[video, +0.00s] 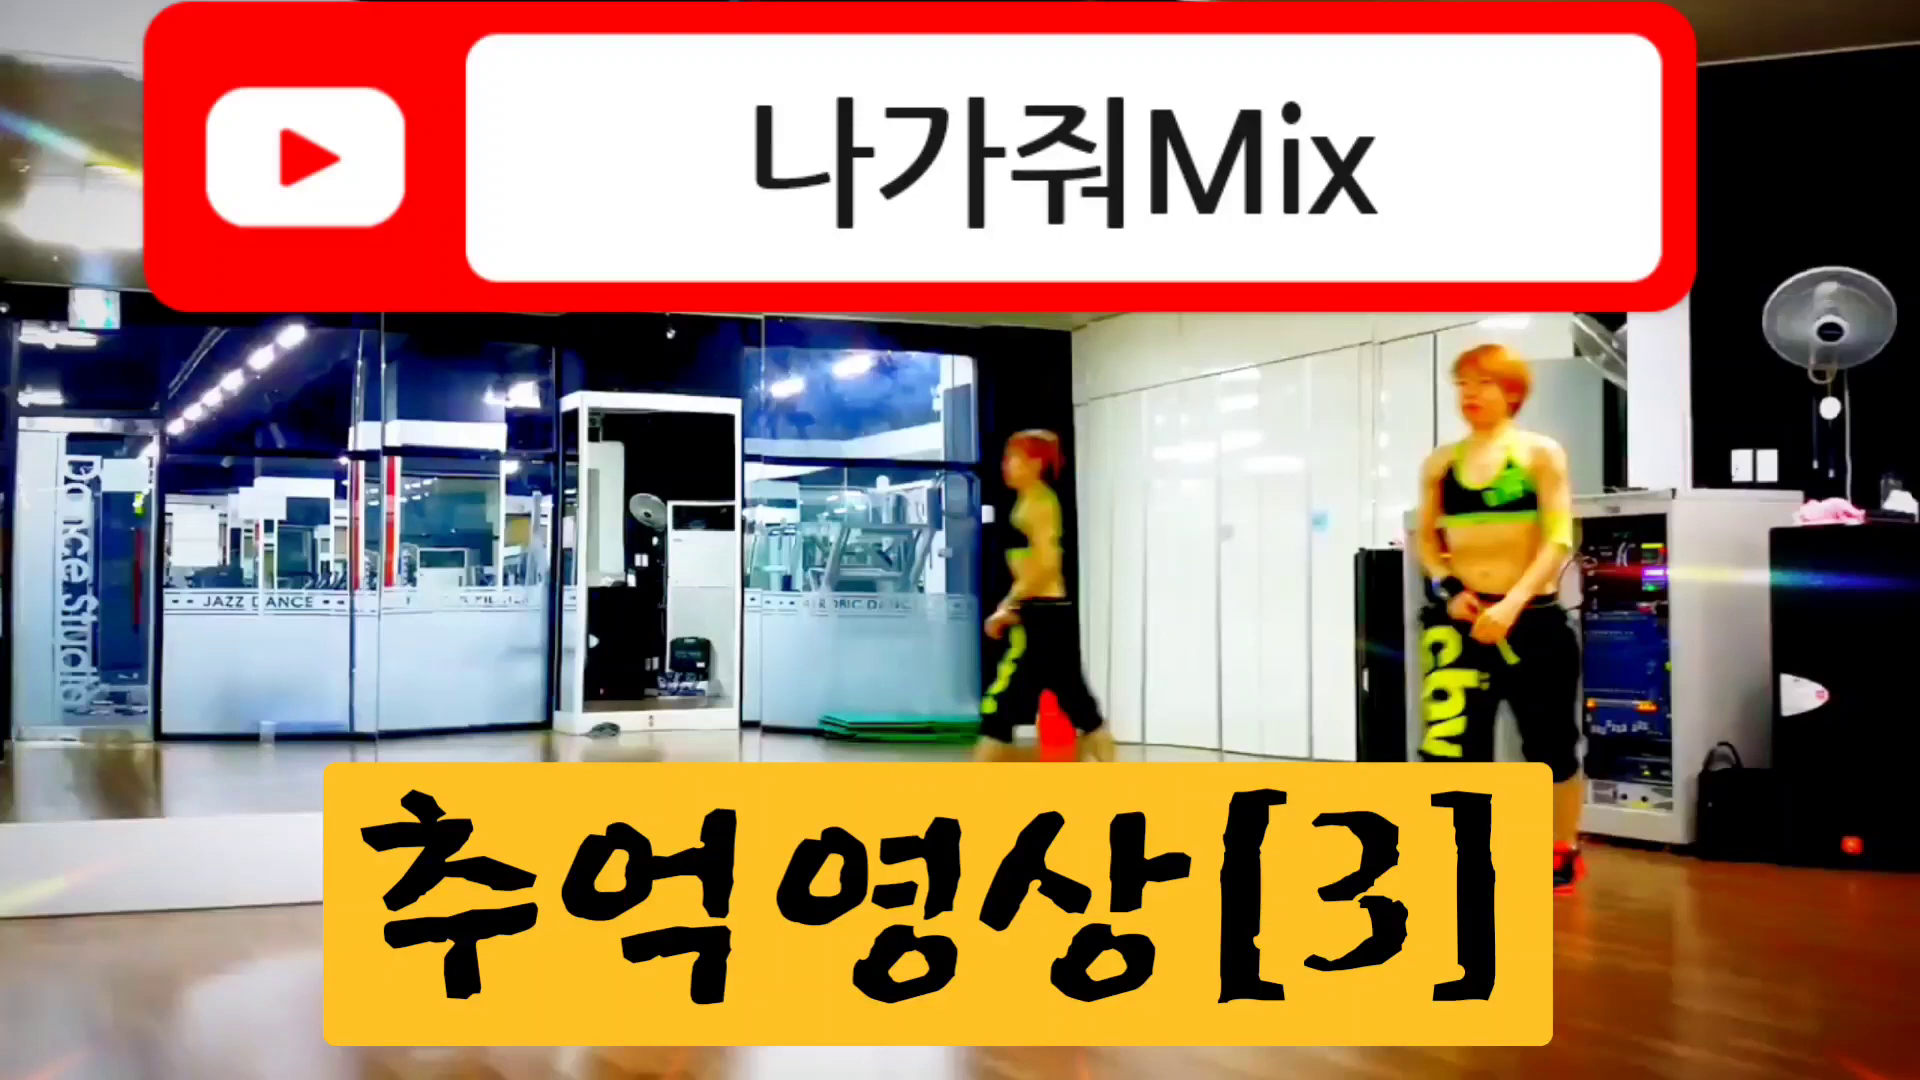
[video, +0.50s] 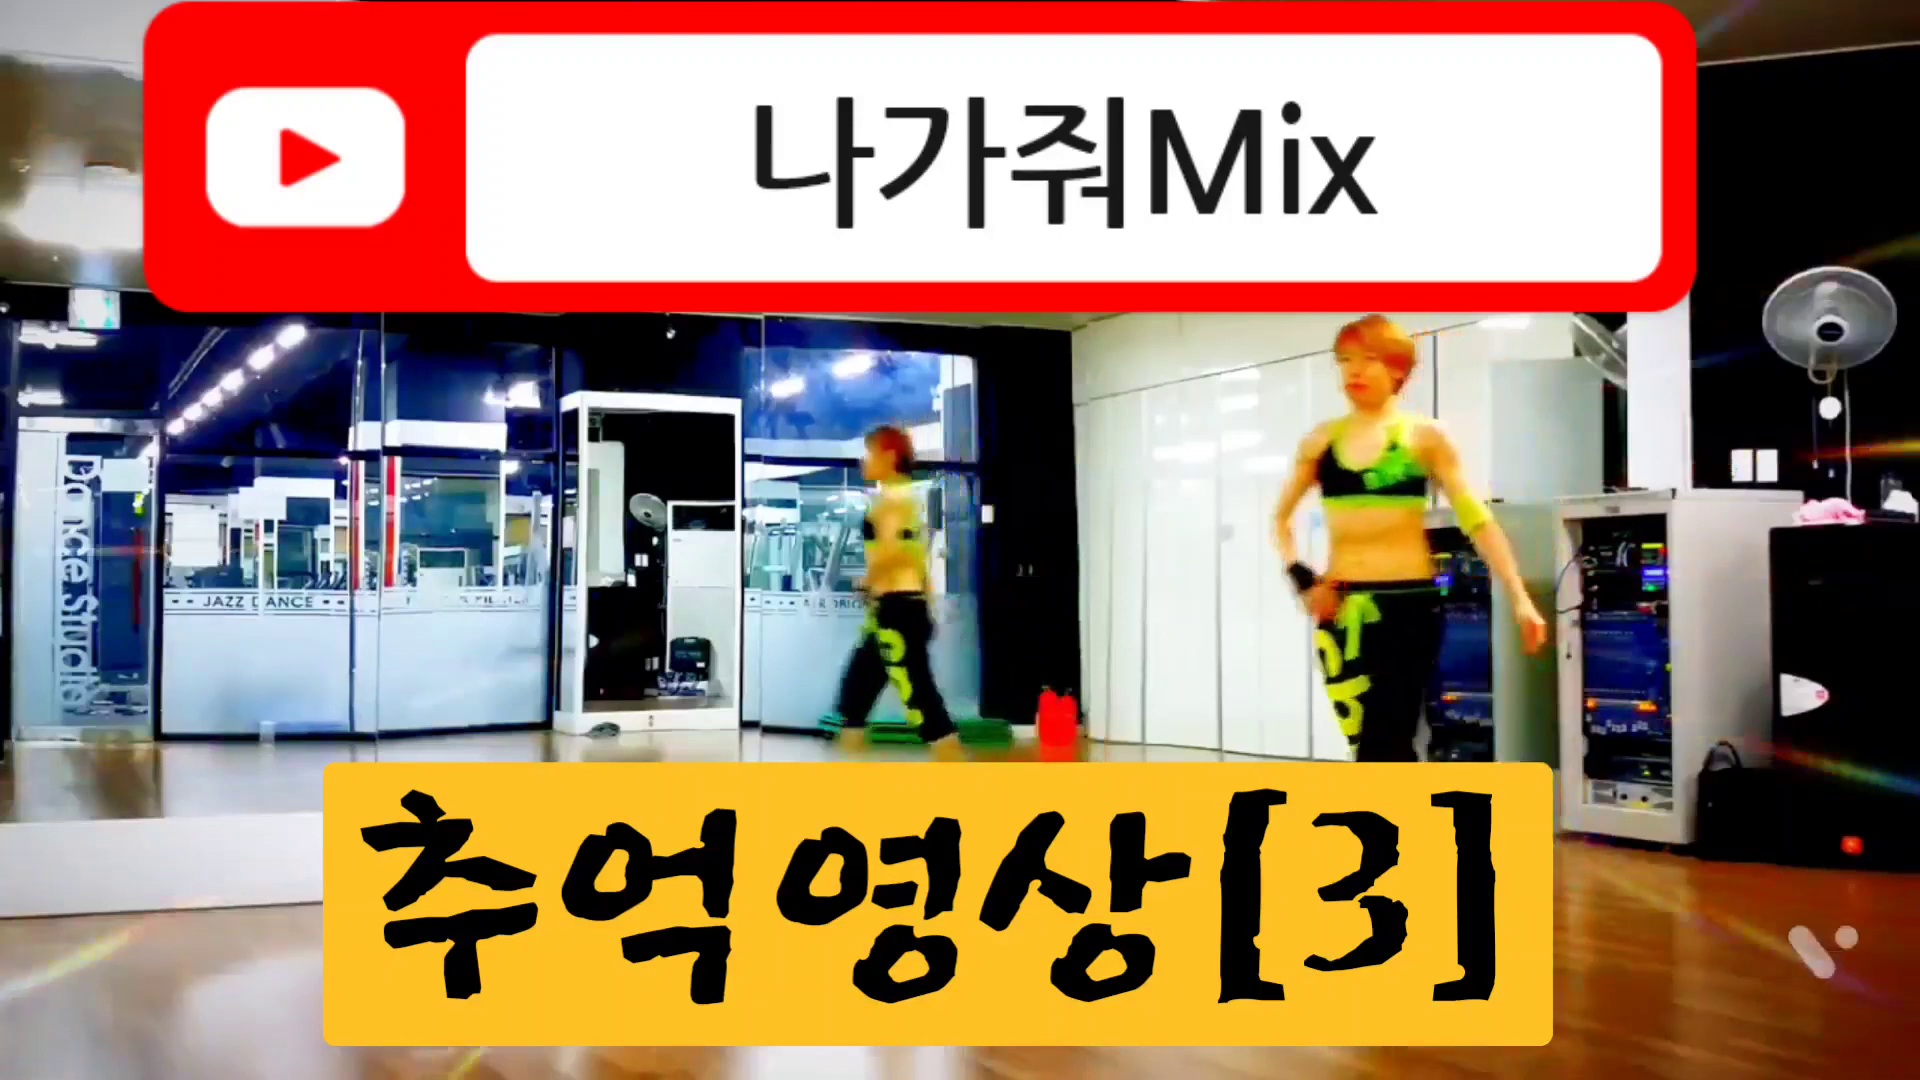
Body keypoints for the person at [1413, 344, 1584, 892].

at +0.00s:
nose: (1470, 395)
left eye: (1483, 384)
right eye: (1464, 384)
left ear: (1512, 393)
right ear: (1455, 392)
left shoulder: (1541, 456)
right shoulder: (1440, 464)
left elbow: (1559, 542)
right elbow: (1426, 542)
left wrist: (1510, 606)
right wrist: (1451, 589)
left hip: (1534, 621)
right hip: (1463, 624)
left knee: (1553, 749)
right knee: (1457, 753)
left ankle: (1562, 850)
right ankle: (1460, 854)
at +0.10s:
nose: (1470, 395)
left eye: (1484, 384)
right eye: (1464, 384)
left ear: (1512, 393)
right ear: (1455, 392)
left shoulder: (1541, 456)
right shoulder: (1440, 464)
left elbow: (1558, 542)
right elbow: (1426, 541)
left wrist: (1509, 606)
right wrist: (1451, 588)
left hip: (1534, 621)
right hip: (1463, 624)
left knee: (1553, 749)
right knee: (1458, 753)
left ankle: (1562, 850)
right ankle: (1461, 853)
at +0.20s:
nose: (1439, 391)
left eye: (1451, 380)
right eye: (1433, 380)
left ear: (1480, 387)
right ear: (1426, 387)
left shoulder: (1513, 451)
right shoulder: (1409, 461)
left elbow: (1536, 540)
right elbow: (1394, 545)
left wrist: (1512, 613)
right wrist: (1420, 588)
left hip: (1503, 624)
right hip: (1434, 626)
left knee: (1524, 750)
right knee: (1435, 752)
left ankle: (1549, 842)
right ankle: (1442, 855)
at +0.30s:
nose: (1401, 372)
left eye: (1414, 362)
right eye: (1393, 362)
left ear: (1443, 371)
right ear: (1386, 370)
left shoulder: (1474, 436)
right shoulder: (1369, 447)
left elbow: (1504, 524)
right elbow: (1343, 524)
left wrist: (1523, 603)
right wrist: (1365, 574)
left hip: (1457, 602)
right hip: (1387, 605)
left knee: (1457, 736)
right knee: (1388, 736)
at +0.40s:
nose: (1374, 369)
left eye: (1387, 358)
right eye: (1366, 359)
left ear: (1417, 368)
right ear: (1358, 366)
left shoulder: (1446, 434)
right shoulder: (1342, 440)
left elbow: (1489, 520)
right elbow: (1306, 515)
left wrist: (1525, 600)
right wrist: (1332, 577)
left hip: (1428, 599)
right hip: (1359, 602)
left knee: (1421, 742)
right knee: (1374, 744)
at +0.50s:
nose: (1355, 371)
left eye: (1369, 360)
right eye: (1348, 360)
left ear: (1397, 371)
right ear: (1338, 368)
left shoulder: (1424, 438)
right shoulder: (1321, 444)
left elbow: (1477, 521)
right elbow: (1282, 519)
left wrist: (1520, 598)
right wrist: (1304, 585)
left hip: (1409, 603)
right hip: (1341, 607)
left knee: (1385, 749)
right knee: (1371, 750)